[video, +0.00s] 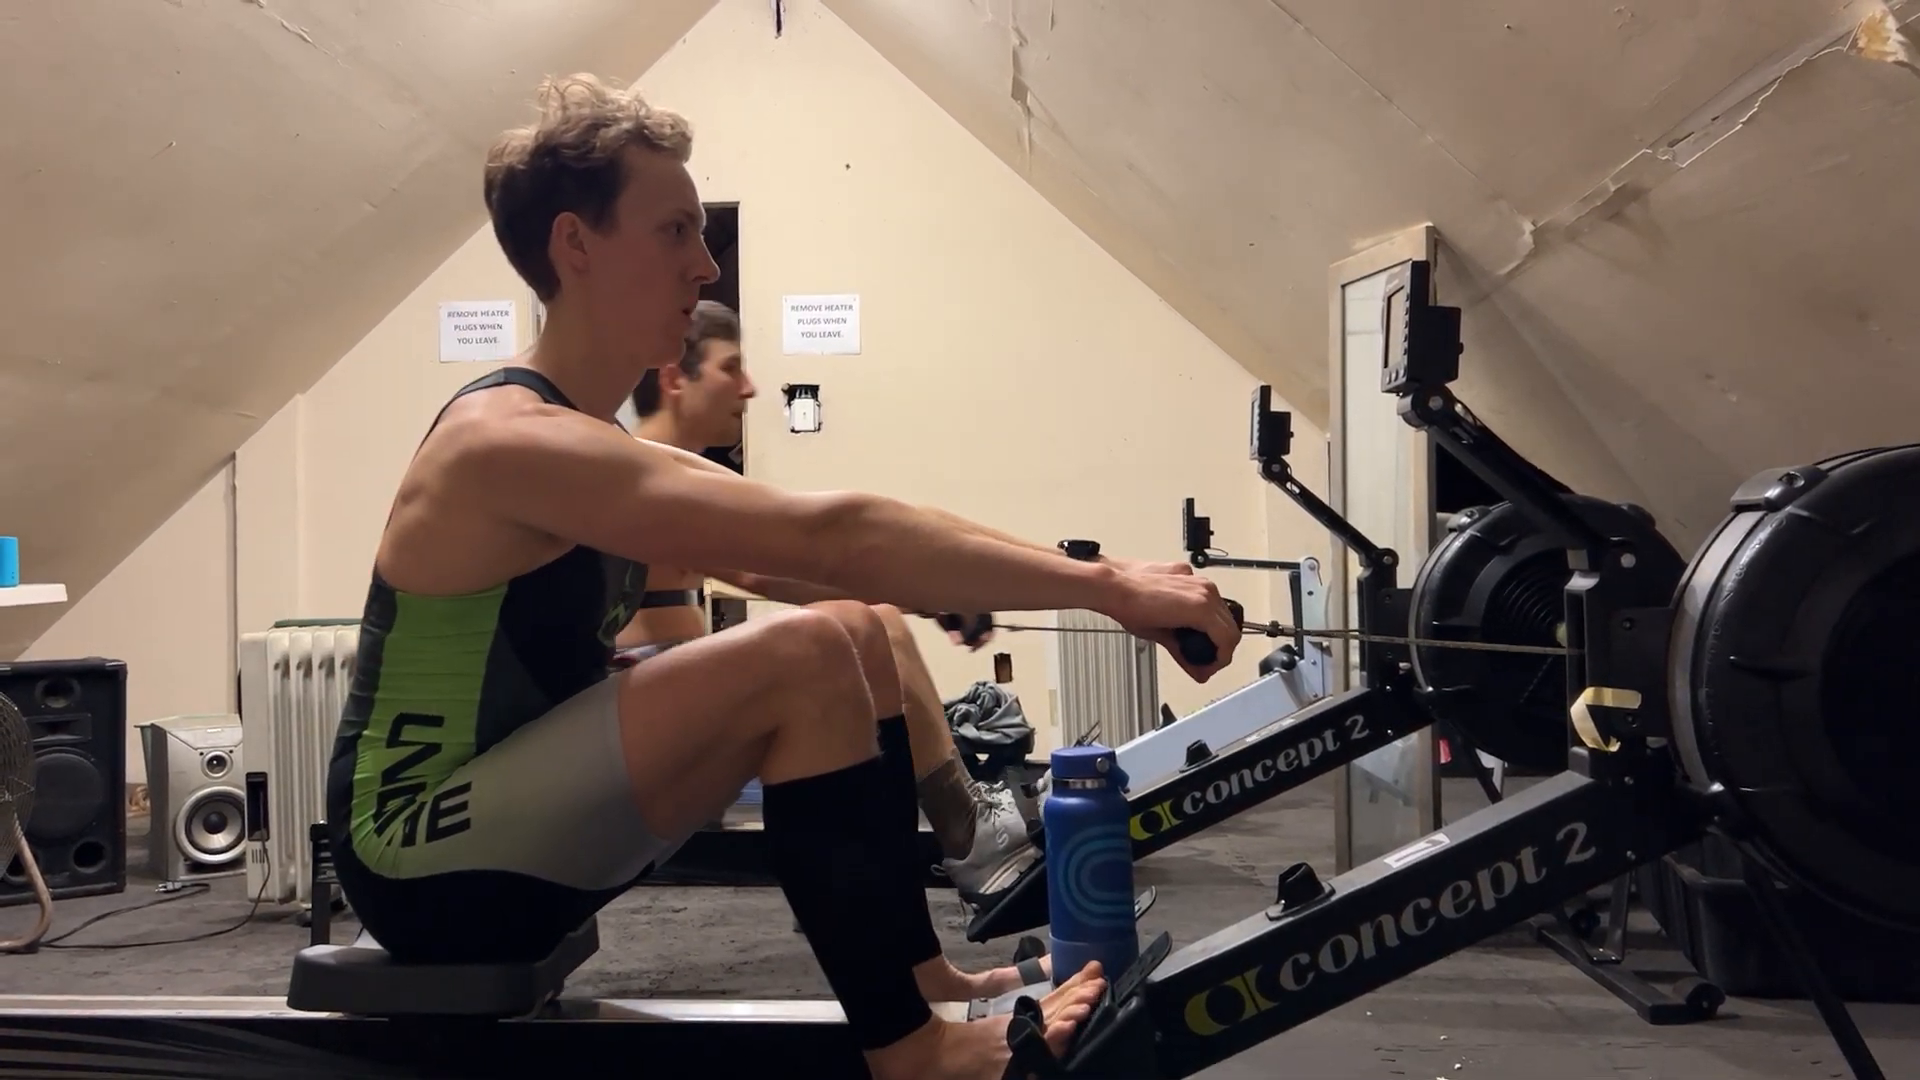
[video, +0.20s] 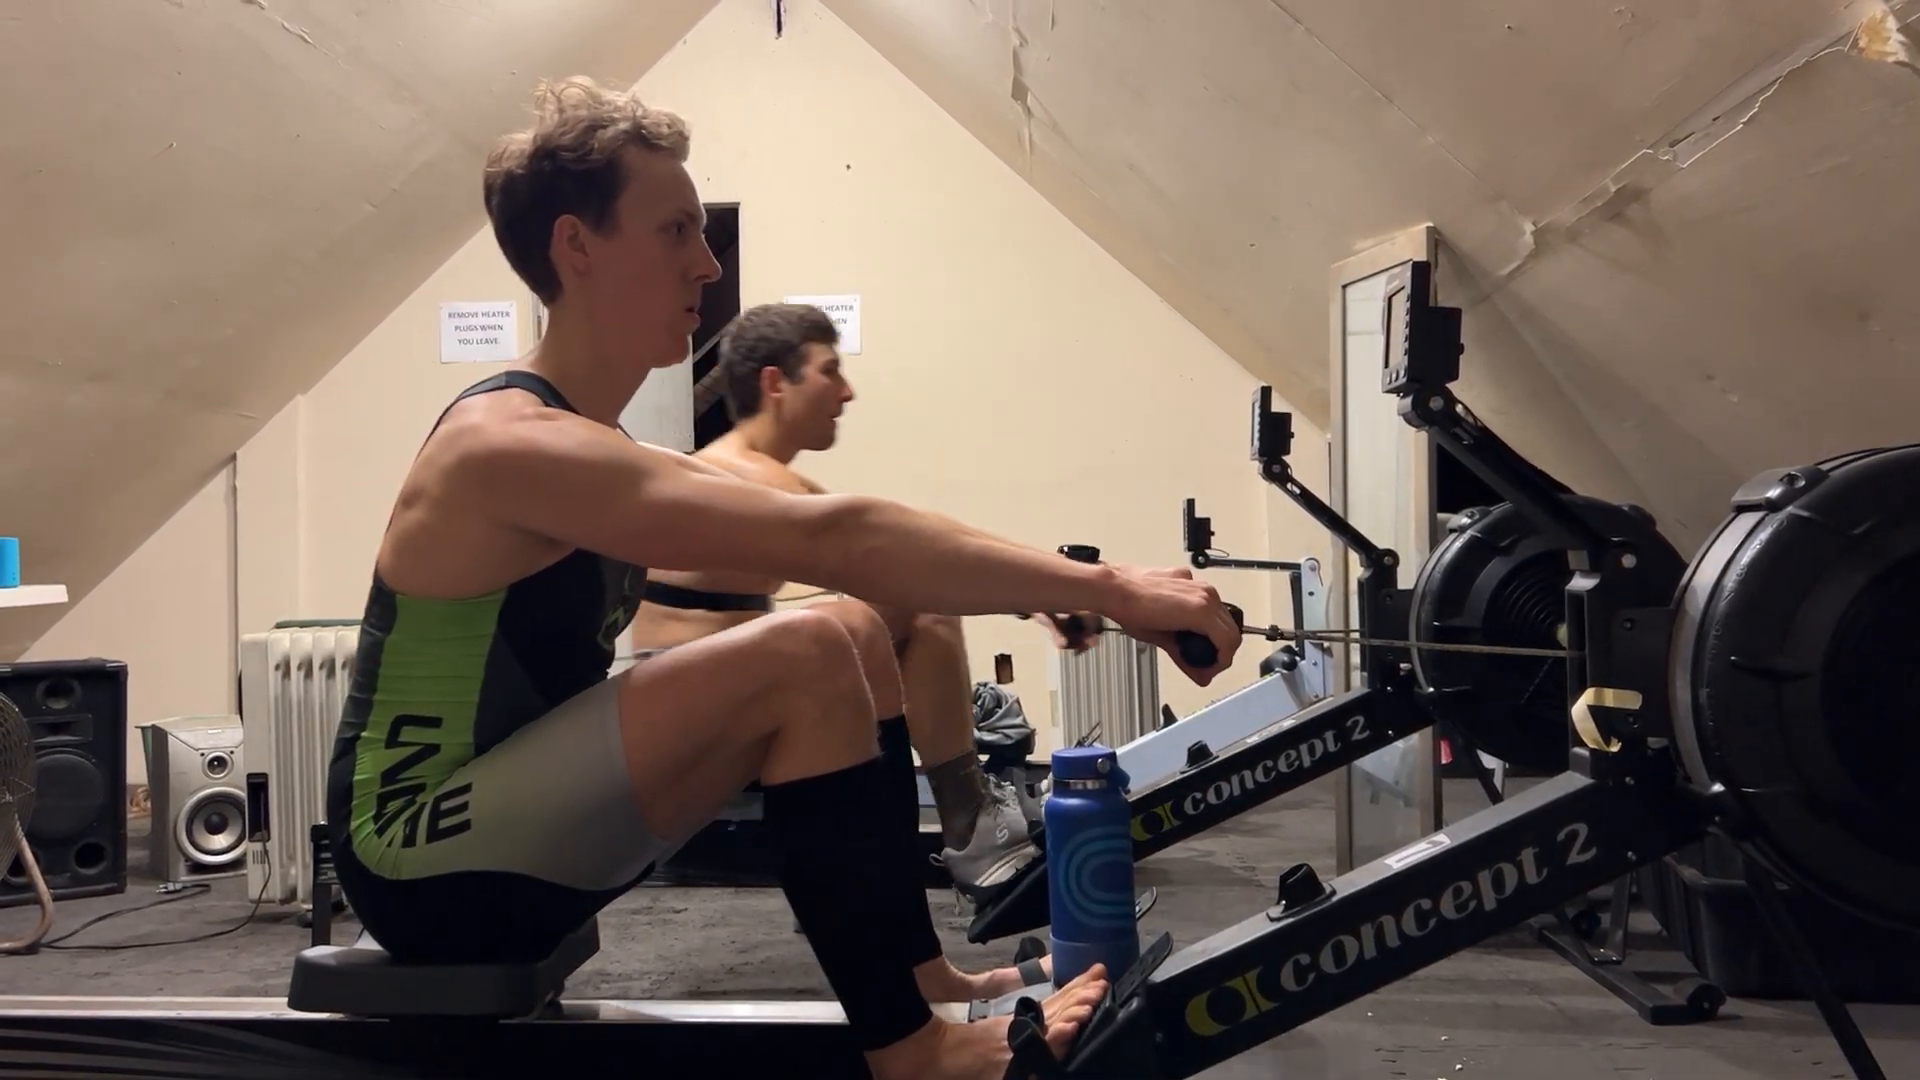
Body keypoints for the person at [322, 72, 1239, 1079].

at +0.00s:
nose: (708, 269)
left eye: (700, 237)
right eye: (678, 236)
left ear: (580, 253)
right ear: (573, 250)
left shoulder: (582, 433)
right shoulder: (512, 439)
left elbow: (813, 551)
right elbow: (820, 542)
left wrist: (1066, 581)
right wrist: (1110, 586)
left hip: (497, 817)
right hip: (428, 849)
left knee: (853, 641)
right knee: (804, 663)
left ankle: (923, 991)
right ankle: (900, 1044)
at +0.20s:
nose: (709, 266)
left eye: (702, 235)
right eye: (679, 234)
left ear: (582, 253)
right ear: (574, 250)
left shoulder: (588, 444)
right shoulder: (509, 440)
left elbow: (828, 544)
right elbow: (824, 537)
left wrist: (1080, 589)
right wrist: (1108, 589)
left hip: (496, 819)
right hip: (430, 848)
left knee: (844, 638)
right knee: (806, 657)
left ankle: (921, 992)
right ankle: (901, 1044)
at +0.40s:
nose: (711, 267)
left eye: (701, 235)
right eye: (680, 235)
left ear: (584, 256)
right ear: (575, 253)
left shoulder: (589, 447)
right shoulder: (511, 444)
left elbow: (845, 521)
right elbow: (828, 542)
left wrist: (1095, 578)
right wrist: (1115, 594)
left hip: (499, 823)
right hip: (432, 852)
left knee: (851, 641)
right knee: (804, 659)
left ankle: (924, 990)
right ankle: (903, 1045)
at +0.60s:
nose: (713, 271)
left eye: (704, 238)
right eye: (682, 237)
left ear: (588, 257)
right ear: (579, 253)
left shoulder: (586, 447)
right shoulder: (514, 445)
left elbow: (822, 547)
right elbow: (825, 544)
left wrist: (1098, 585)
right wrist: (1108, 589)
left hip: (497, 827)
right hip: (431, 852)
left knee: (849, 642)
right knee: (802, 661)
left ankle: (918, 988)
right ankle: (900, 1044)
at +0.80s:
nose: (715, 270)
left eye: (705, 238)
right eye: (683, 237)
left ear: (589, 258)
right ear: (581, 255)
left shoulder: (585, 449)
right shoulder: (514, 447)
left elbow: (826, 545)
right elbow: (827, 544)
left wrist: (1101, 585)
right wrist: (1110, 591)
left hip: (497, 828)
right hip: (432, 854)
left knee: (849, 644)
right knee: (805, 662)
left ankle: (918, 988)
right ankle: (901, 1045)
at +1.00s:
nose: (718, 269)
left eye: (709, 236)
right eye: (686, 236)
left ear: (590, 259)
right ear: (583, 256)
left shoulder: (589, 449)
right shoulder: (515, 446)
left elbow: (839, 545)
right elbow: (834, 546)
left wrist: (1096, 585)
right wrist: (1111, 593)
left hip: (499, 824)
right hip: (433, 851)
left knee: (847, 642)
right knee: (809, 658)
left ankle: (925, 995)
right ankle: (903, 1043)